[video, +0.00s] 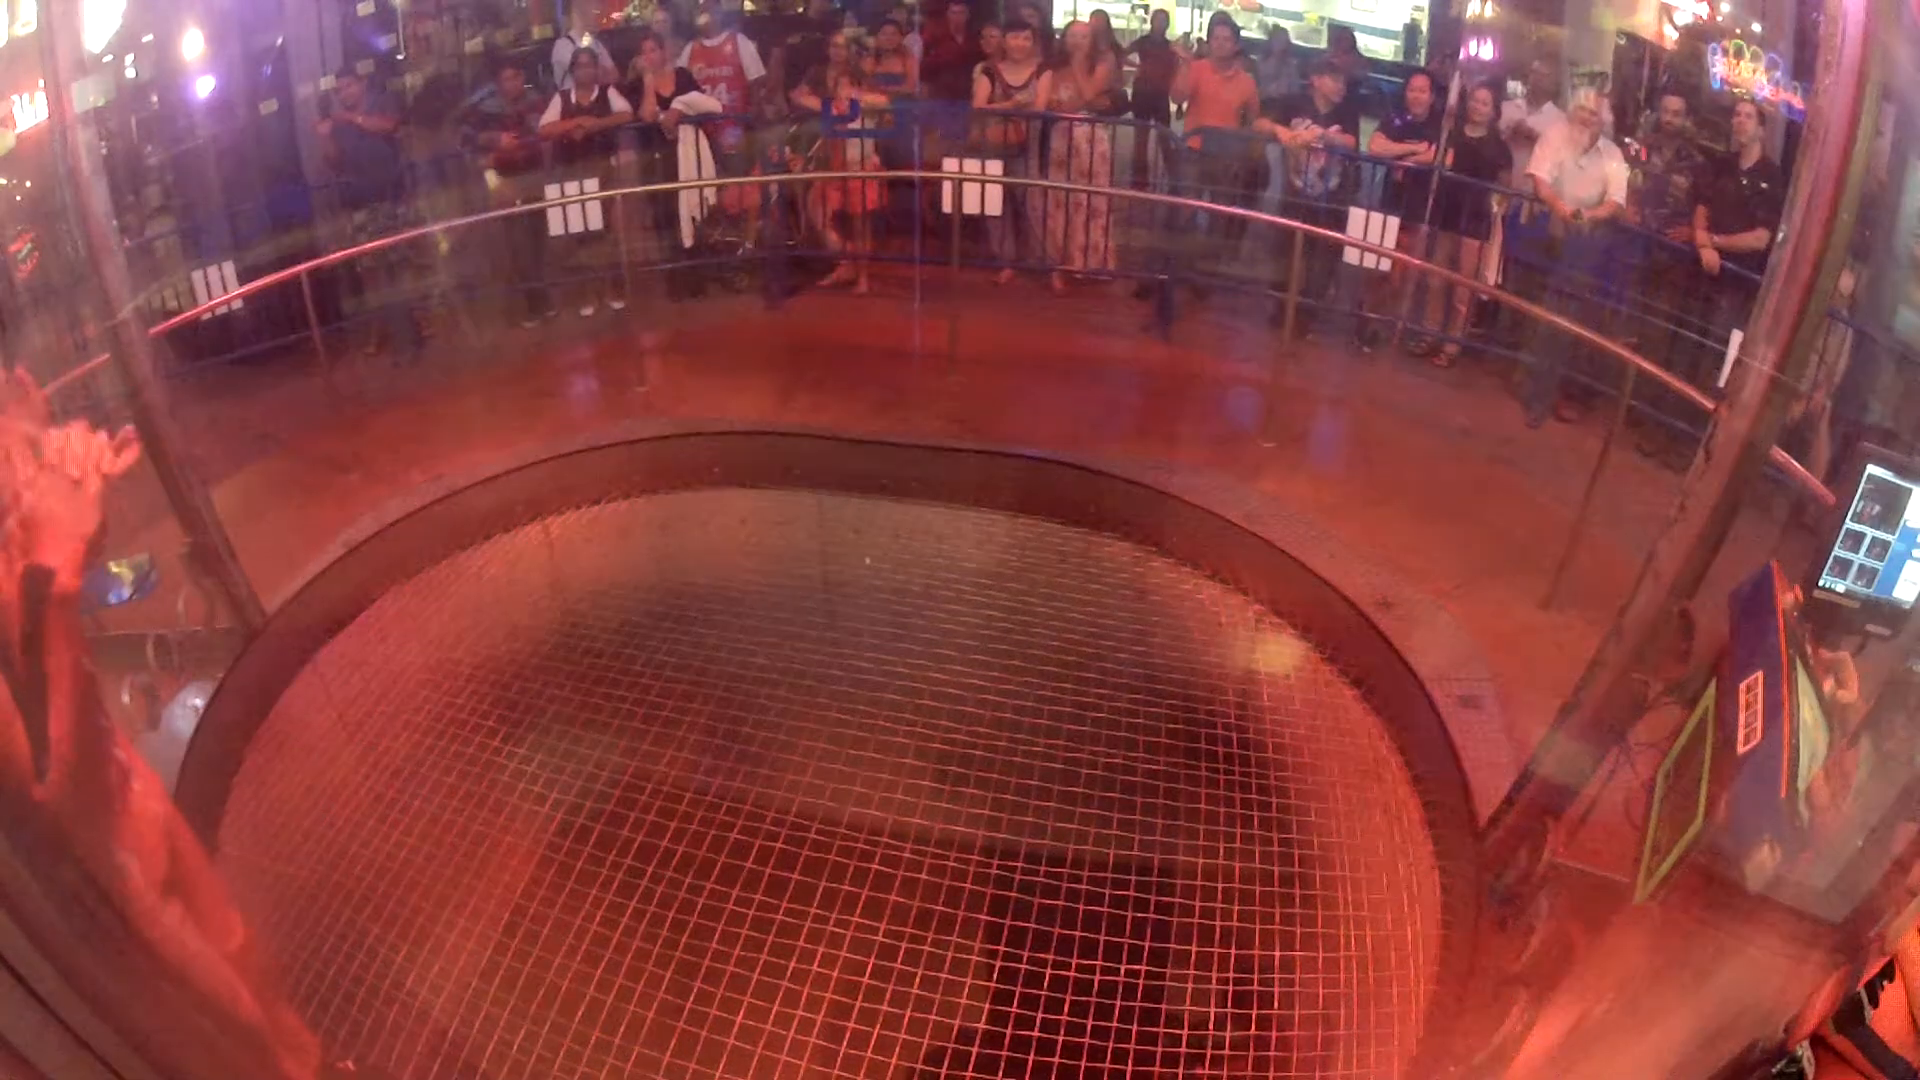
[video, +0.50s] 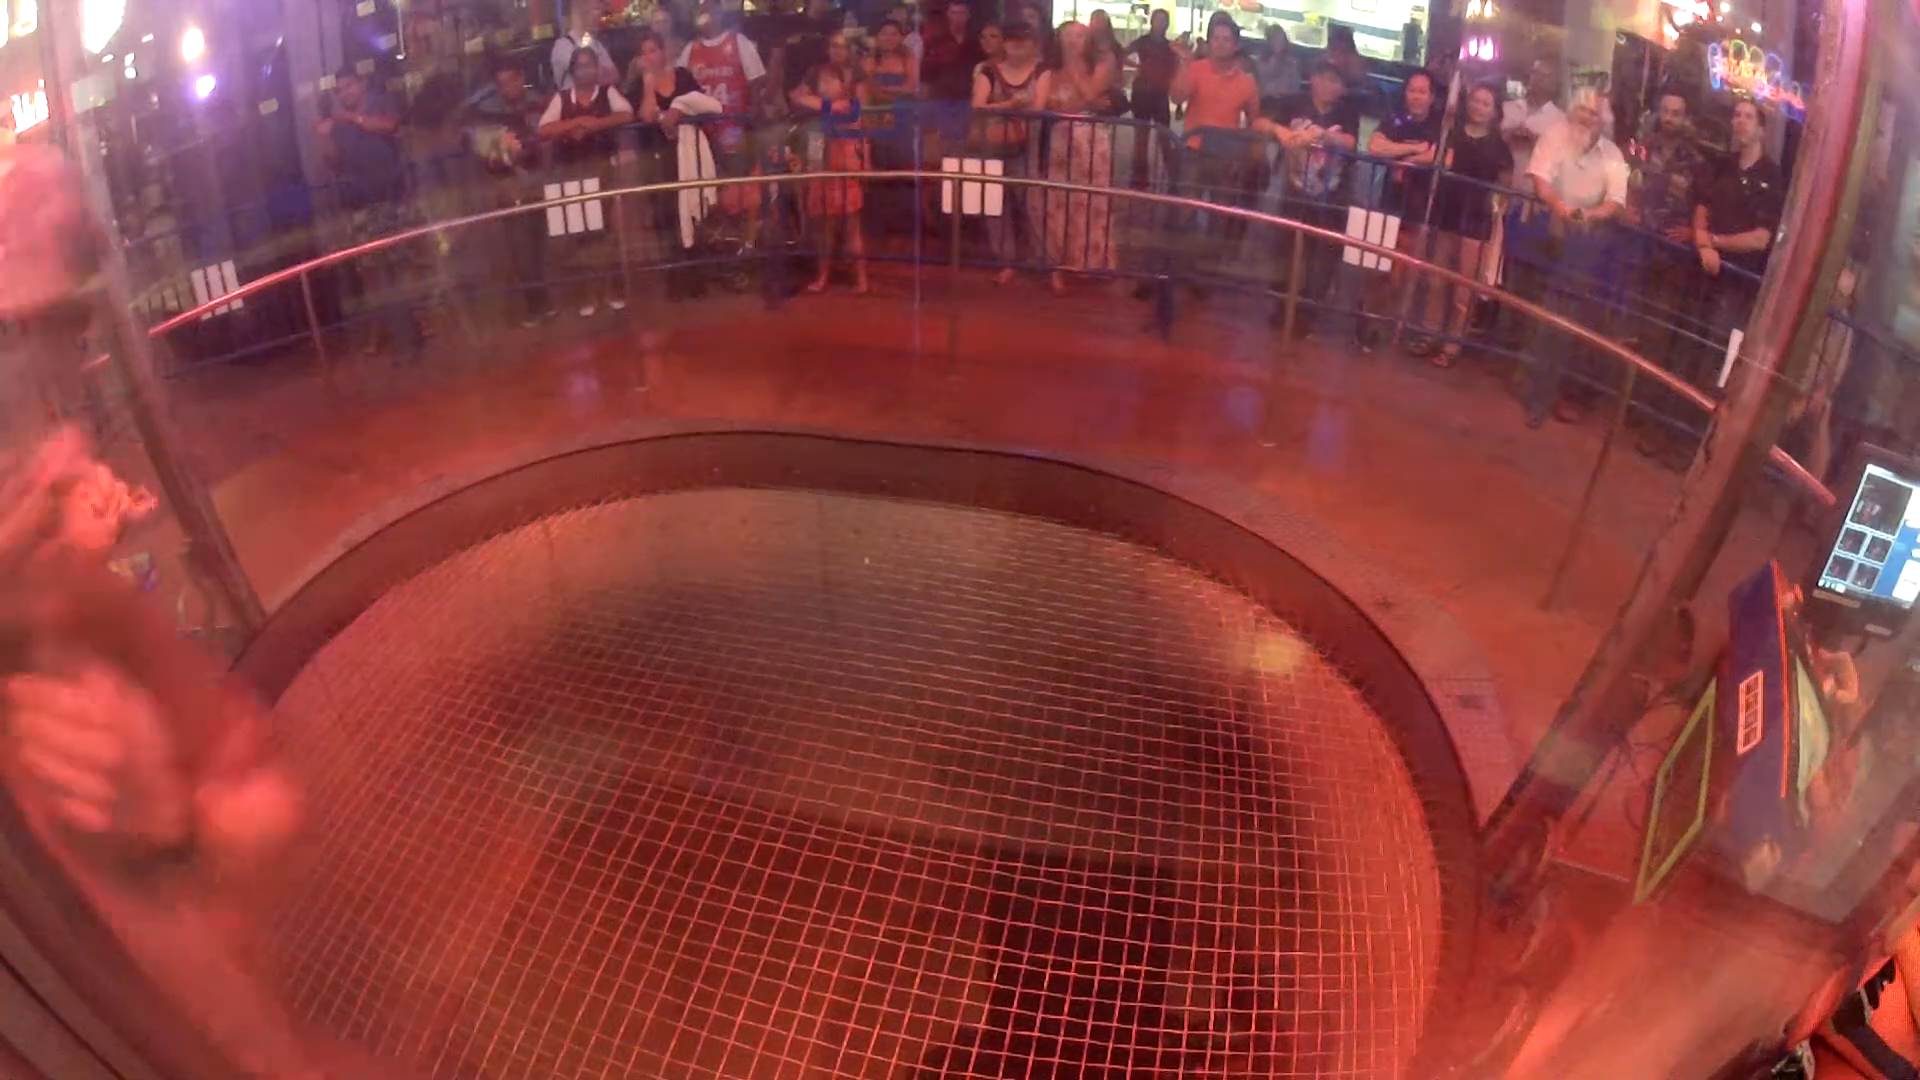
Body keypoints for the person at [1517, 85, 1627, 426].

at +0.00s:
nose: (1585, 120)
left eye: (1592, 116)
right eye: (1581, 112)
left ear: (1603, 121)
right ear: (1571, 112)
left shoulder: (1612, 154)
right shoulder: (1556, 135)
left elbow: (1616, 200)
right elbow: (1539, 179)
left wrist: (1591, 215)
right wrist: (1560, 208)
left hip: (1588, 230)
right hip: (1550, 222)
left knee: (1573, 302)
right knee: (1542, 298)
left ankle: (1556, 387)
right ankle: (1533, 383)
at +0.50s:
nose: (1586, 119)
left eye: (1594, 115)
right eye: (1582, 111)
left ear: (1603, 120)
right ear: (1571, 111)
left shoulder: (1612, 154)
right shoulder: (1556, 135)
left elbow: (1616, 201)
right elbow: (1539, 179)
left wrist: (1591, 215)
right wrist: (1560, 208)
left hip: (1588, 230)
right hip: (1550, 222)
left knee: (1574, 303)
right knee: (1542, 298)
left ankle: (1558, 388)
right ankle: (1532, 382)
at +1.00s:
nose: (1586, 117)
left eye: (1593, 113)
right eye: (1582, 109)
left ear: (1603, 119)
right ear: (1571, 110)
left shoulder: (1612, 153)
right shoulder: (1555, 136)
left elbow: (1616, 200)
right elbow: (1539, 178)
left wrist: (1591, 215)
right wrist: (1561, 209)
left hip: (1588, 229)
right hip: (1550, 221)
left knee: (1572, 303)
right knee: (1541, 298)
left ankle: (1551, 388)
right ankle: (1532, 382)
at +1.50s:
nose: (1585, 118)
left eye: (1592, 114)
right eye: (1580, 111)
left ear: (1603, 119)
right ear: (1570, 111)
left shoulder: (1612, 154)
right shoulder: (1554, 138)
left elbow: (1616, 200)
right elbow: (1540, 182)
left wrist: (1591, 215)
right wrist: (1560, 208)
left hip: (1588, 229)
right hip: (1551, 221)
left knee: (1573, 303)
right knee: (1541, 298)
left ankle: (1553, 388)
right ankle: (1529, 379)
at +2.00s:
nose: (1585, 118)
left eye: (1592, 114)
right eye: (1581, 111)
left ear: (1603, 120)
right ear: (1570, 111)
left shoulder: (1612, 154)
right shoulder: (1555, 136)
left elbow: (1616, 201)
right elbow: (1540, 181)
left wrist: (1590, 215)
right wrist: (1560, 209)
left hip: (1587, 229)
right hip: (1551, 220)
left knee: (1572, 302)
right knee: (1539, 297)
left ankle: (1555, 387)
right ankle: (1527, 378)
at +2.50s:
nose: (1585, 118)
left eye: (1593, 114)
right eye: (1581, 111)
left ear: (1603, 119)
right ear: (1571, 111)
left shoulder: (1612, 153)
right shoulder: (1556, 135)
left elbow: (1616, 201)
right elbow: (1539, 178)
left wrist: (1591, 214)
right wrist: (1559, 207)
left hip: (1587, 229)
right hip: (1551, 220)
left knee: (1572, 300)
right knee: (1539, 296)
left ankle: (1554, 387)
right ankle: (1529, 378)